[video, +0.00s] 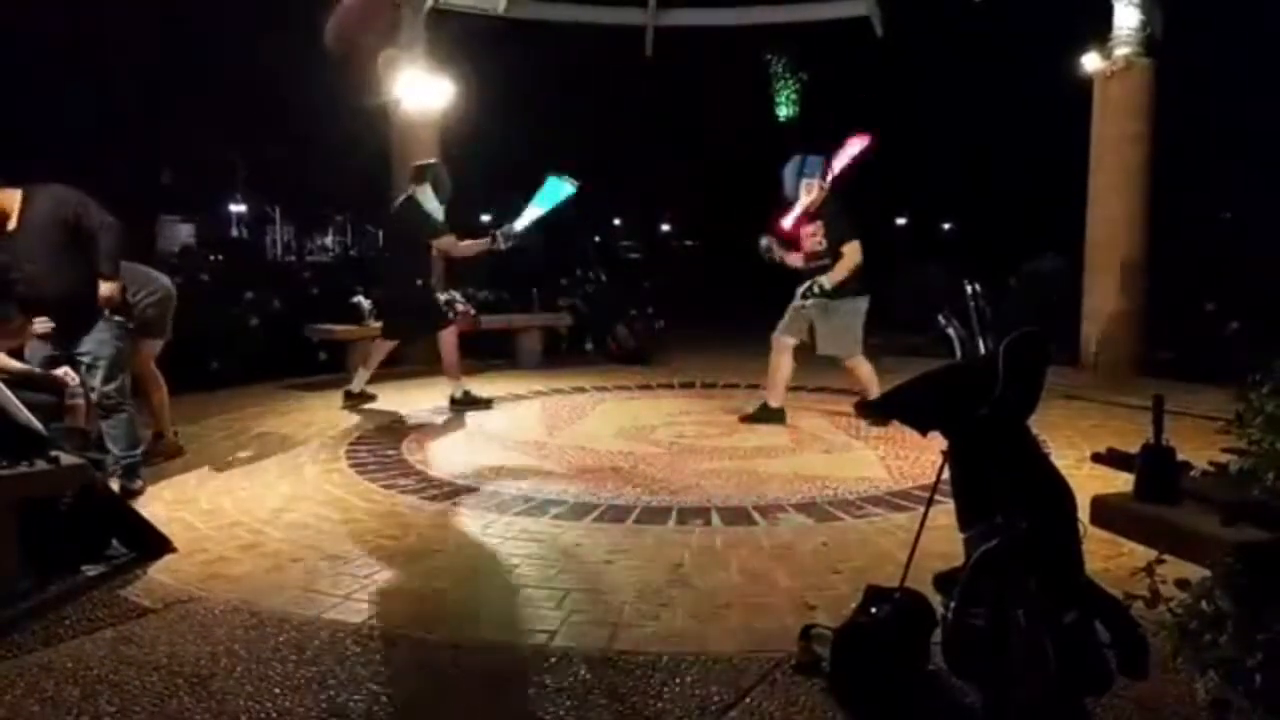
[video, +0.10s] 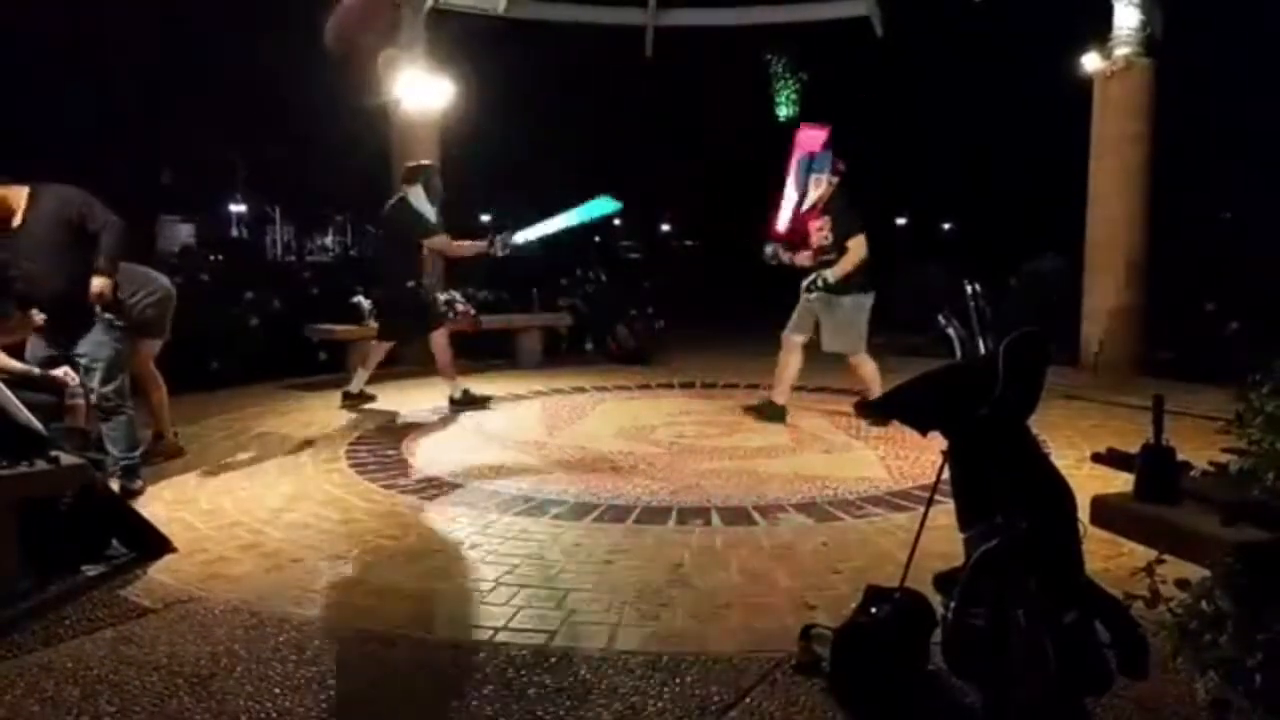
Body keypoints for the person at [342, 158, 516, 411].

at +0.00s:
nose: (446, 193)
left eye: (445, 187)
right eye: (443, 187)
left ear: (418, 182)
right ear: (431, 184)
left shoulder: (402, 207)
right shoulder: (417, 211)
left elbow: (437, 245)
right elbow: (454, 248)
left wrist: (484, 243)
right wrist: (491, 242)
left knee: (391, 334)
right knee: (447, 326)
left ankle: (355, 387)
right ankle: (458, 392)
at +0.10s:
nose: (440, 188)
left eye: (439, 182)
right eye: (436, 182)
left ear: (414, 183)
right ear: (422, 184)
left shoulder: (399, 207)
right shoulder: (406, 211)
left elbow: (440, 244)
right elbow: (449, 248)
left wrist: (484, 245)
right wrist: (488, 245)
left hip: (392, 284)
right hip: (404, 286)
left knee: (386, 336)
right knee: (438, 327)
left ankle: (354, 389)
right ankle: (456, 391)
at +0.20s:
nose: (434, 189)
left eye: (434, 182)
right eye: (431, 182)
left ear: (406, 181)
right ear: (420, 182)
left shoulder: (390, 204)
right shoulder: (400, 208)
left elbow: (422, 243)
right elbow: (430, 245)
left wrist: (460, 254)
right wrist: (467, 256)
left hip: (380, 281)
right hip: (393, 283)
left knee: (379, 336)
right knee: (421, 332)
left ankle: (353, 389)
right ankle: (449, 389)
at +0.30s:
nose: (430, 186)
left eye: (431, 179)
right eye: (427, 179)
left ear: (404, 178)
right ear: (414, 178)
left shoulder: (389, 201)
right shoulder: (396, 204)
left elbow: (415, 245)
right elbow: (417, 245)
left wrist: (449, 264)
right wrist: (452, 265)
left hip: (378, 280)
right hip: (387, 282)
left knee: (374, 335)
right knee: (412, 331)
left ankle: (352, 389)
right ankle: (431, 390)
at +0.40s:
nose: (430, 180)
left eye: (430, 173)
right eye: (425, 173)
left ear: (404, 173)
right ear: (412, 173)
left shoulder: (391, 198)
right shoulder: (392, 201)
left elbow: (408, 243)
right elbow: (405, 243)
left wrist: (433, 266)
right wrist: (434, 268)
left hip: (372, 276)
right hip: (379, 278)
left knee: (369, 333)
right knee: (407, 327)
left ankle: (351, 388)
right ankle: (408, 390)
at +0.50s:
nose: (428, 182)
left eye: (428, 175)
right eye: (425, 175)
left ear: (401, 175)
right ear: (413, 175)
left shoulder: (382, 199)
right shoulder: (393, 202)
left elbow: (405, 247)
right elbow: (403, 246)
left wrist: (430, 271)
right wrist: (431, 272)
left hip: (365, 275)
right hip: (377, 277)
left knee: (370, 332)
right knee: (409, 327)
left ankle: (351, 389)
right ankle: (406, 390)